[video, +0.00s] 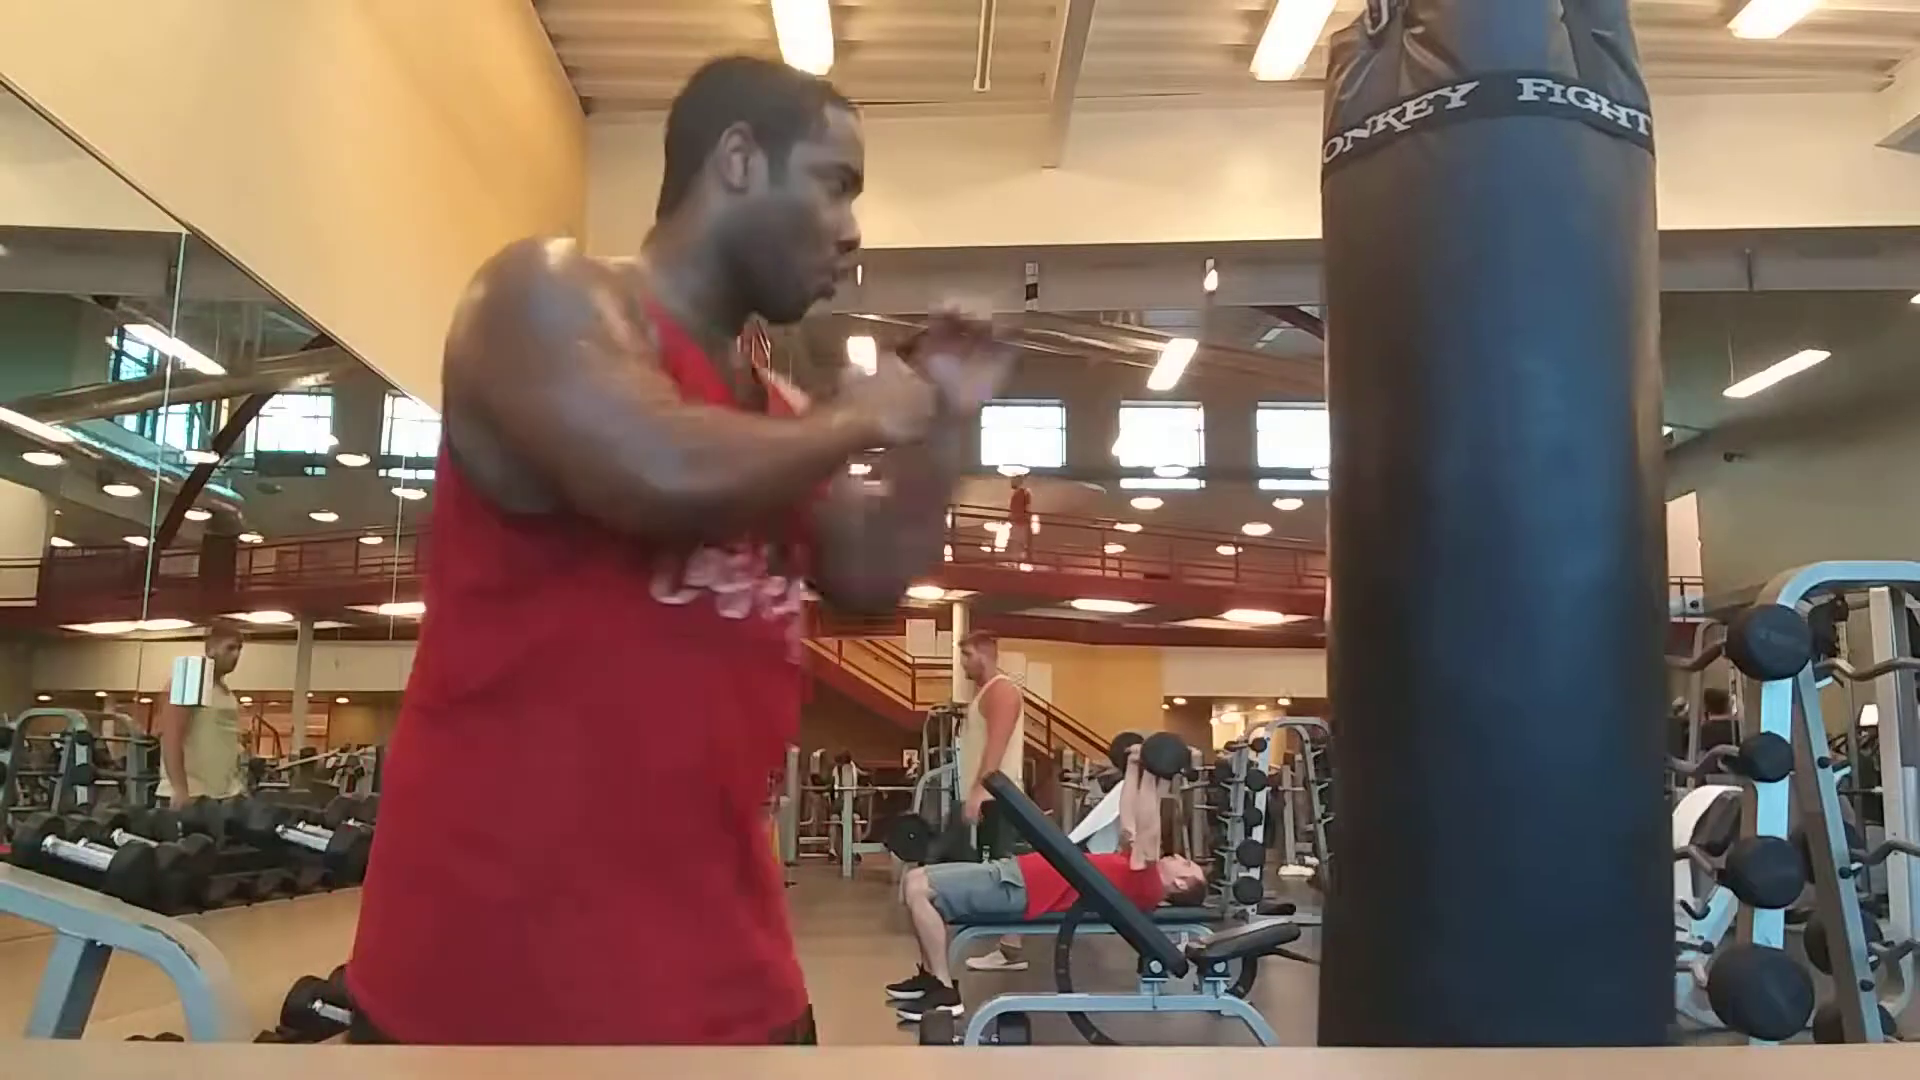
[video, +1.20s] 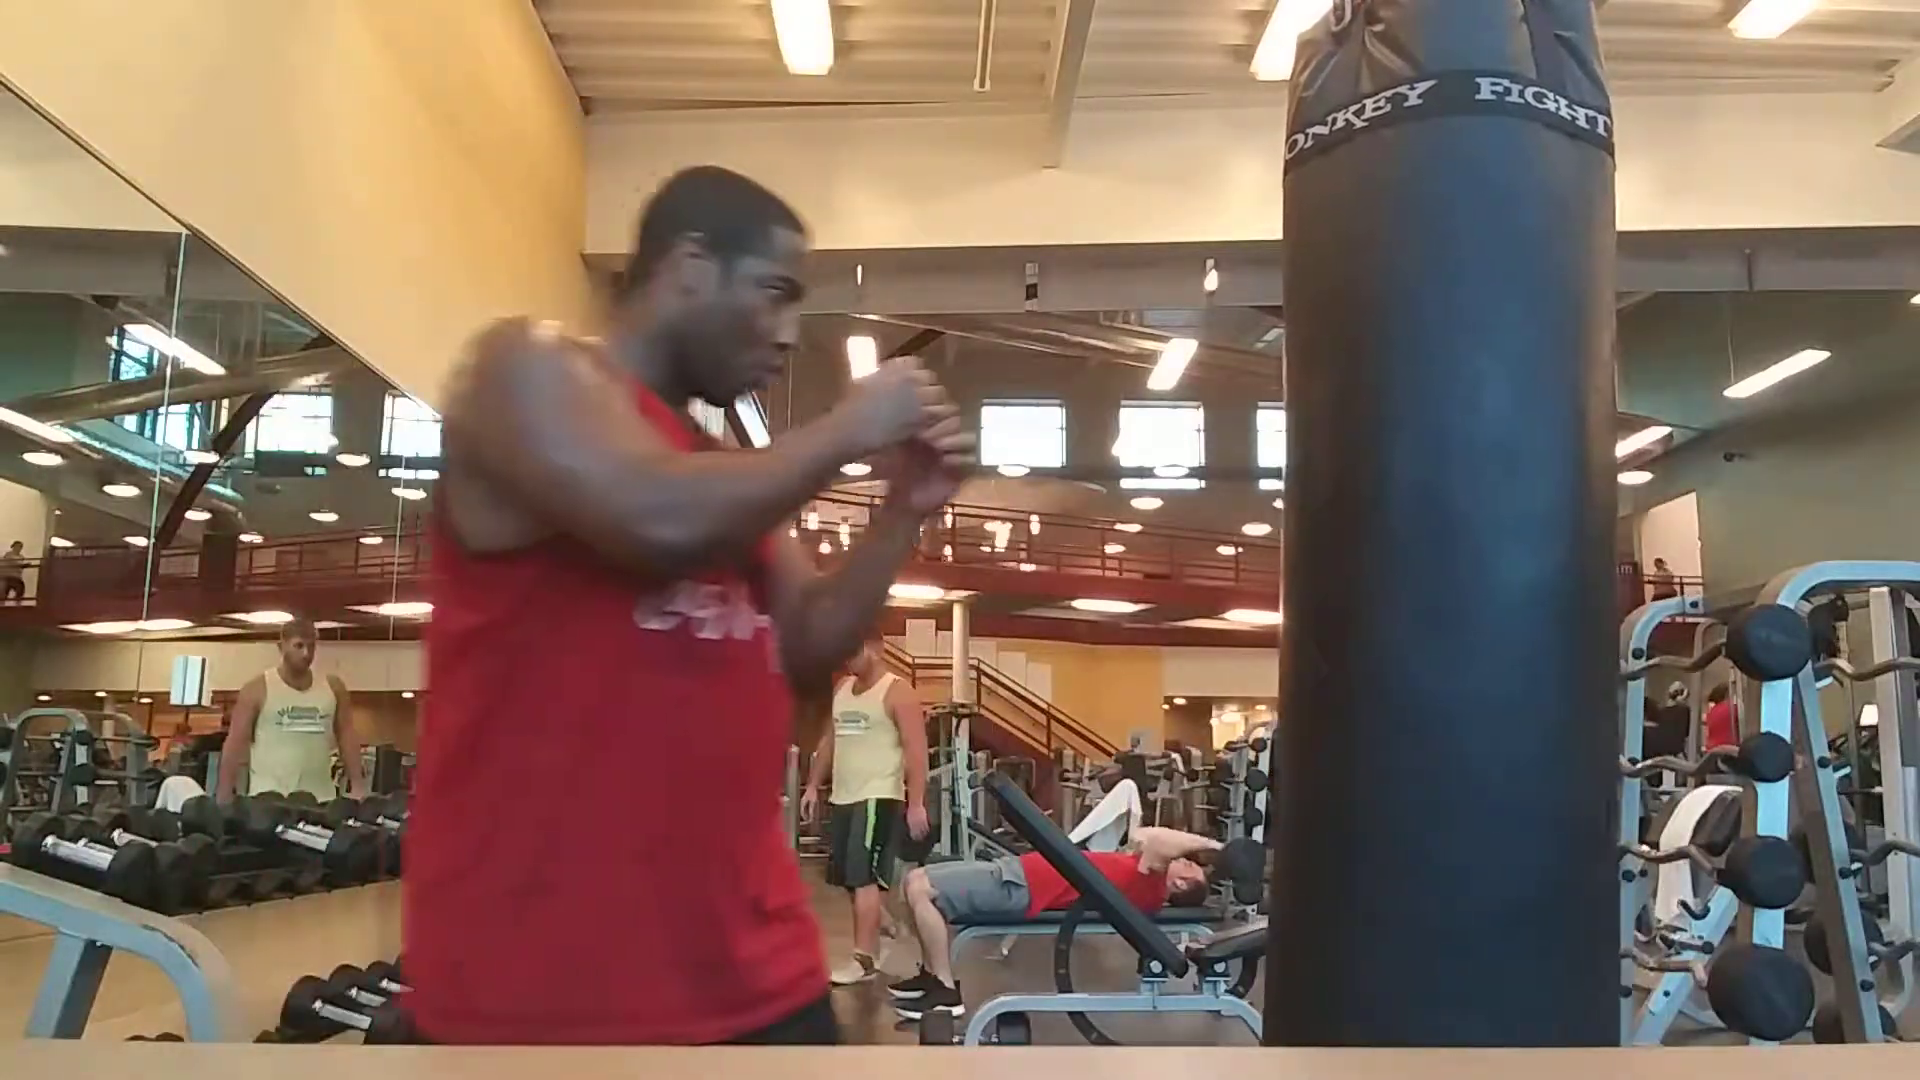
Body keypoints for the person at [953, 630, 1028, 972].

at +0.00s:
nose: (963, 662)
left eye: (967, 655)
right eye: (963, 656)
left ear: (986, 654)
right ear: (977, 655)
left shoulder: (1002, 690)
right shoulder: (985, 693)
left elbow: (997, 744)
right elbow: (984, 744)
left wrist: (979, 789)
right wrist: (972, 789)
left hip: (998, 798)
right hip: (986, 798)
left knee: (1004, 870)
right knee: (993, 870)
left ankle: (1010, 945)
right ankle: (1005, 942)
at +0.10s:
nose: (954, 663)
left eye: (958, 656)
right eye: (954, 656)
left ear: (975, 656)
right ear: (971, 657)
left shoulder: (995, 690)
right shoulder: (976, 693)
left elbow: (993, 744)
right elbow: (978, 746)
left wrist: (973, 791)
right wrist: (961, 789)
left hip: (988, 801)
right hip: (969, 800)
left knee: (999, 872)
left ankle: (1010, 945)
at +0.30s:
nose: (929, 663)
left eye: (934, 656)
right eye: (929, 657)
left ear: (954, 656)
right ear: (945, 658)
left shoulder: (974, 693)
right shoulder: (949, 696)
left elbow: (981, 747)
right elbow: (947, 753)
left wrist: (966, 799)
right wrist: (931, 797)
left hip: (963, 806)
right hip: (942, 804)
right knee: (919, 874)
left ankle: (1002, 945)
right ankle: (913, 943)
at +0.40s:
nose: (916, 687)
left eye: (923, 677)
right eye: (913, 681)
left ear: (940, 669)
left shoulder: (959, 700)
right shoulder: (925, 705)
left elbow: (968, 753)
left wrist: (959, 802)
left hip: (950, 807)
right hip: (924, 805)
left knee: (965, 878)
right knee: (915, 876)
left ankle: (996, 944)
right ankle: (907, 943)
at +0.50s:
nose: (903, 661)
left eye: (907, 655)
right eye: (902, 656)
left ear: (925, 655)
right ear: (914, 658)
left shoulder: (948, 690)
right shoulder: (920, 694)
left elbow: (959, 743)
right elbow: (922, 747)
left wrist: (949, 796)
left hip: (932, 802)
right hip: (910, 800)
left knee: (929, 879)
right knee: (908, 877)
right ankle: (907, 942)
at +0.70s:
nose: (884, 661)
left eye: (889, 654)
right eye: (882, 655)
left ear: (909, 654)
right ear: (887, 658)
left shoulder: (930, 689)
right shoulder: (891, 696)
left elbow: (941, 744)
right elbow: (882, 745)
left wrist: (921, 793)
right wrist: (868, 788)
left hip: (921, 798)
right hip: (892, 798)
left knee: (910, 876)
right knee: (898, 876)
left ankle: (912, 947)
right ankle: (908, 945)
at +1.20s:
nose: (847, 663)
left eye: (852, 655)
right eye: (844, 657)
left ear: (875, 647)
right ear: (841, 656)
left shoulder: (898, 690)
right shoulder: (844, 688)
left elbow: (916, 749)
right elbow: (830, 739)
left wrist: (917, 802)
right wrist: (814, 783)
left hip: (878, 795)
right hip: (844, 797)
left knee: (861, 877)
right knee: (847, 875)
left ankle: (863, 957)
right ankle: (889, 927)